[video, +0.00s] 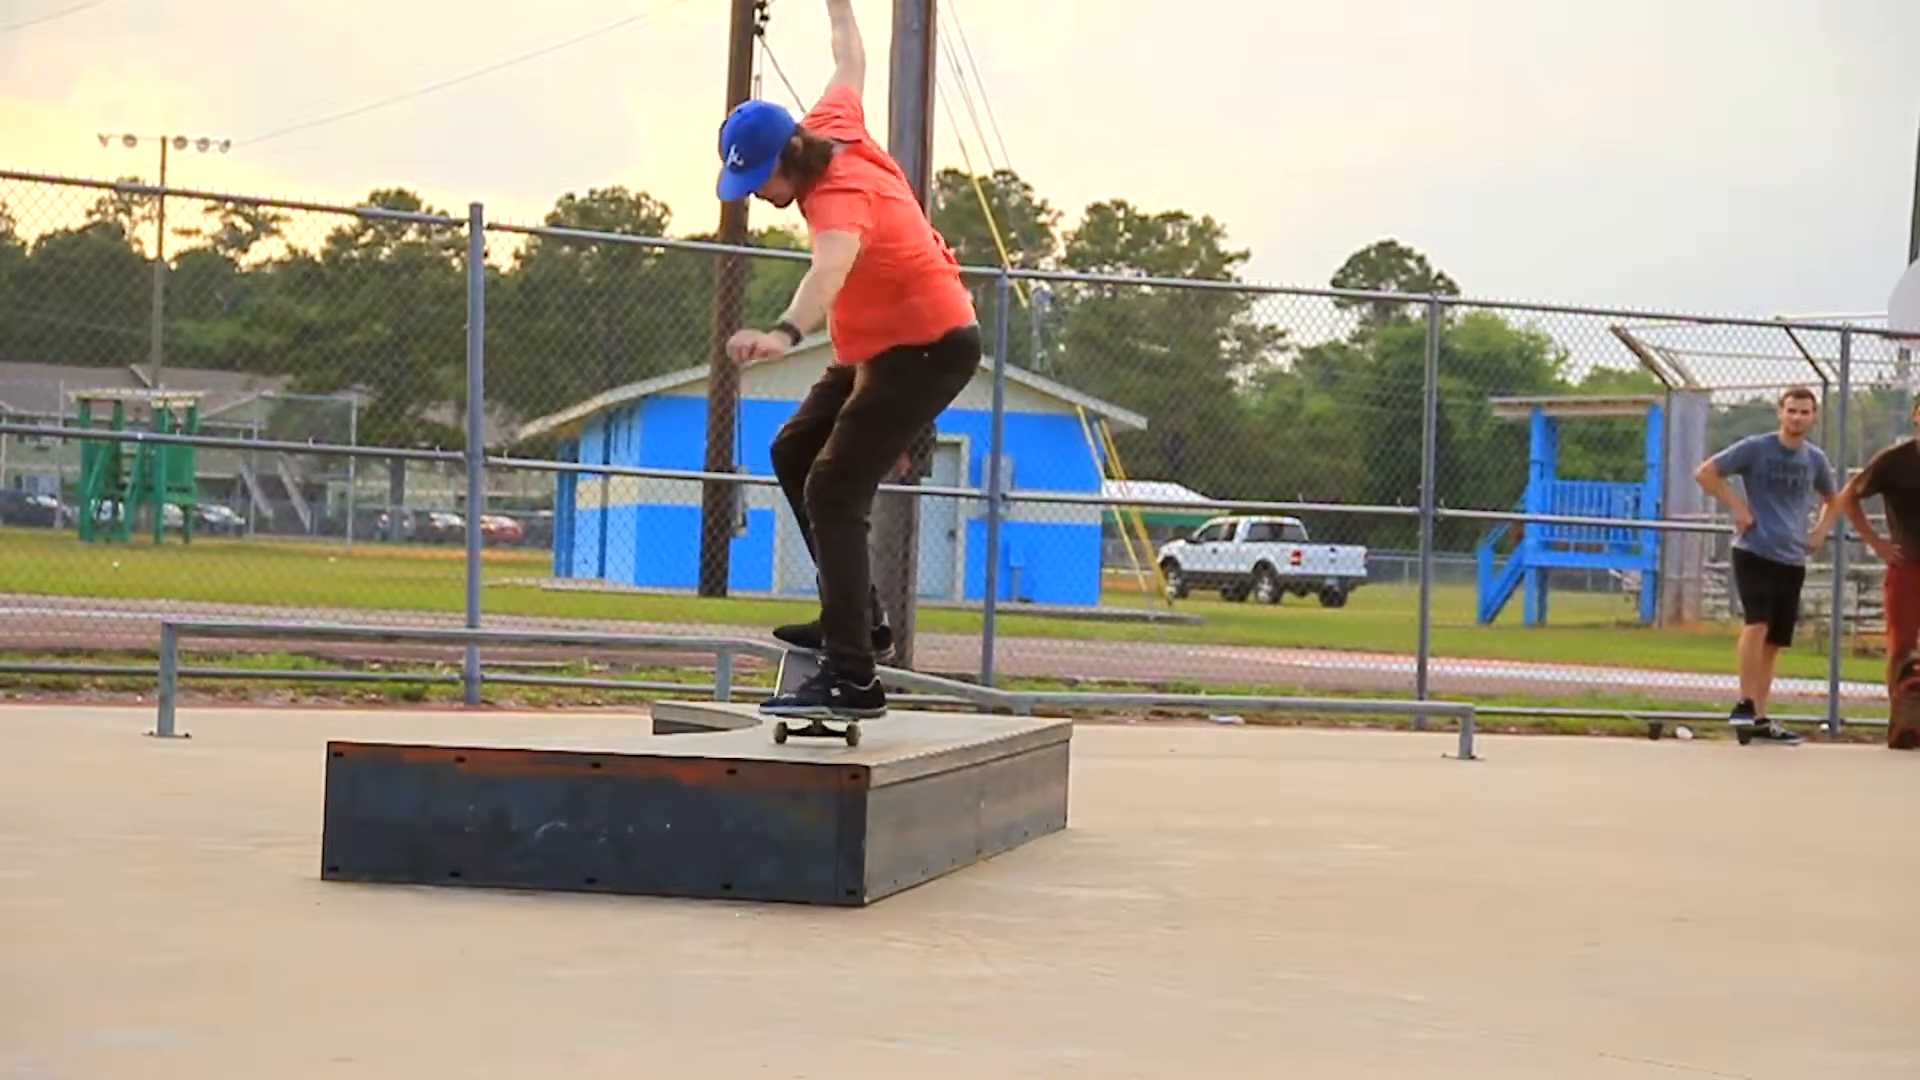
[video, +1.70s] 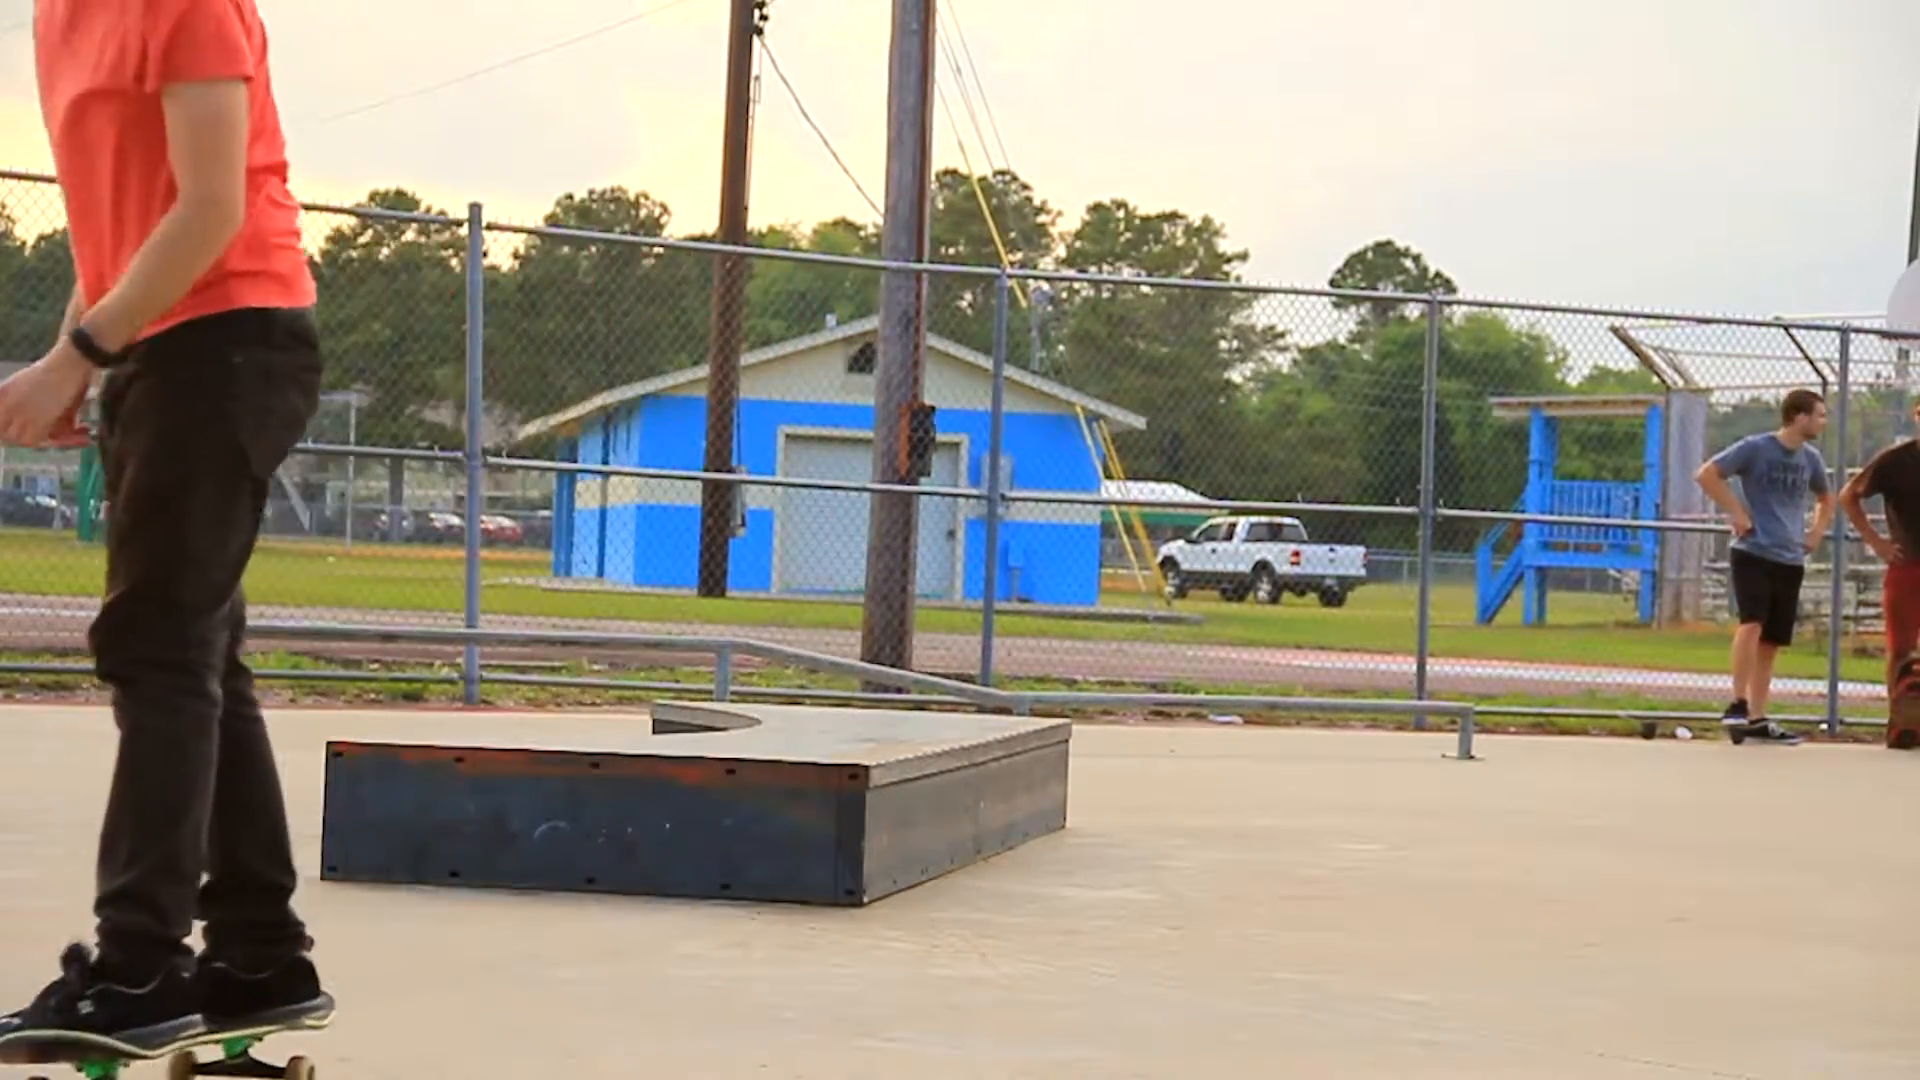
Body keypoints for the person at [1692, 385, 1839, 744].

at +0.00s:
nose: (1798, 417)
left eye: (1805, 412)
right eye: (1793, 411)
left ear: (1813, 417)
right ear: (1780, 413)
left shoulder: (1816, 458)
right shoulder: (1757, 447)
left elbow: (1833, 499)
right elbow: (1706, 473)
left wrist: (1820, 531)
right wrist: (1738, 507)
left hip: (1792, 557)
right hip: (1754, 550)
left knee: (1774, 641)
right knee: (1758, 622)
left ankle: (1759, 715)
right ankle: (1745, 704)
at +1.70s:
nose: (1824, 422)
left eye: (1824, 416)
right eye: (1820, 415)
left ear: (1806, 419)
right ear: (1798, 417)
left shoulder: (1811, 458)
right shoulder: (1756, 447)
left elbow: (1827, 499)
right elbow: (1707, 474)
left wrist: (1817, 532)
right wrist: (1737, 513)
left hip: (1790, 557)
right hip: (1753, 551)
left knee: (1771, 641)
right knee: (1752, 624)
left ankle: (1757, 716)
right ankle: (1739, 704)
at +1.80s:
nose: (1808, 401)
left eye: (1815, 395)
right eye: (1802, 395)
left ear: (1828, 399)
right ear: (1794, 400)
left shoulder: (1848, 444)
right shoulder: (1774, 445)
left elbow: (1885, 483)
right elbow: (1761, 502)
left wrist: (1859, 515)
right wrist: (1758, 554)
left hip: (1825, 556)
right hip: (1782, 554)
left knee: (1817, 638)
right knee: (1774, 636)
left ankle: (1807, 713)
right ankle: (1770, 711)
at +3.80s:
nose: (1797, 402)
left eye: (1804, 395)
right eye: (1792, 395)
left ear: (1817, 400)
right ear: (1782, 400)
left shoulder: (1840, 443)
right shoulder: (1764, 447)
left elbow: (1883, 480)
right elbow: (1750, 504)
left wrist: (1853, 514)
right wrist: (1752, 555)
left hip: (1822, 554)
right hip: (1778, 552)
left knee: (1816, 639)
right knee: (1773, 638)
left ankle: (1807, 714)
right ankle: (1770, 712)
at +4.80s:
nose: (1807, 404)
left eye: (1814, 398)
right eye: (1801, 398)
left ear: (1824, 402)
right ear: (1791, 402)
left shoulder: (1845, 444)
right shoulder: (1769, 447)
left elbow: (1884, 480)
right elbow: (1754, 505)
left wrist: (1856, 514)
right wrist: (1754, 556)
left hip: (1826, 555)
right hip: (1781, 553)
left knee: (1817, 639)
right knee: (1775, 638)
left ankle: (1807, 714)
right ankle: (1770, 712)